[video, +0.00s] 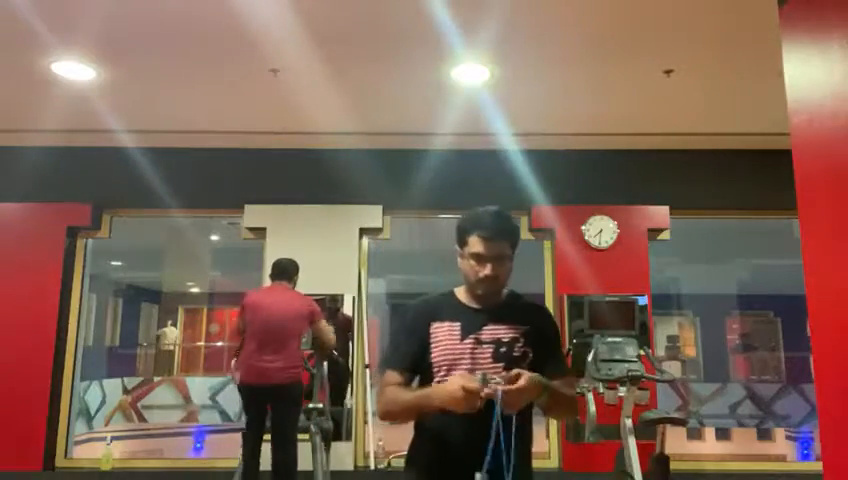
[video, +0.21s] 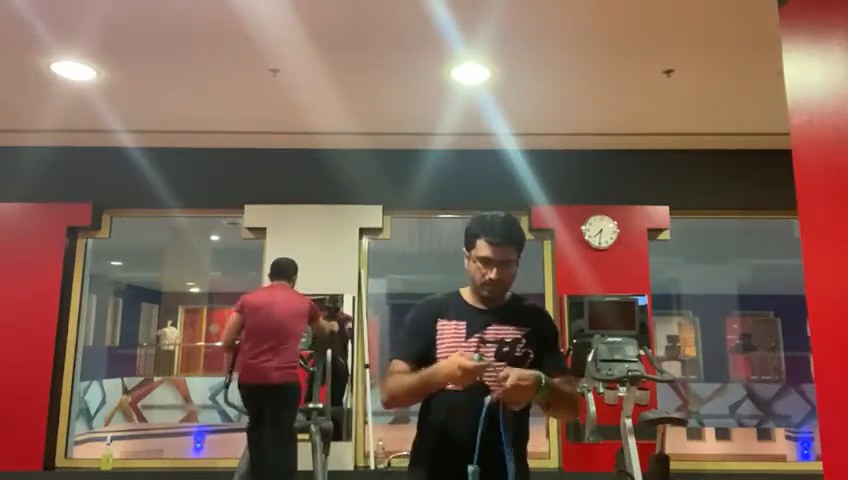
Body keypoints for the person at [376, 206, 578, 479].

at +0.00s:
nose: (489, 271)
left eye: (499, 260)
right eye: (478, 260)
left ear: (512, 259)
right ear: (459, 257)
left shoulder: (535, 318)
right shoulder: (424, 316)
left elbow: (569, 406)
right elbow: (386, 404)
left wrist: (539, 390)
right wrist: (440, 396)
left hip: (508, 470)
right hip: (436, 470)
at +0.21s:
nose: (494, 275)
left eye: (505, 264)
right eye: (484, 263)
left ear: (518, 263)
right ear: (467, 259)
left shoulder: (535, 321)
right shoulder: (429, 314)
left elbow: (571, 405)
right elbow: (390, 394)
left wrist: (538, 386)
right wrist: (442, 373)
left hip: (504, 468)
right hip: (437, 467)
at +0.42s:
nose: (490, 277)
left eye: (500, 267)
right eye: (481, 265)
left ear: (512, 267)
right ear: (462, 263)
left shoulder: (528, 322)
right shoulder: (427, 315)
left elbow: (561, 403)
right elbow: (394, 393)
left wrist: (539, 371)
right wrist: (442, 375)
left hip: (500, 468)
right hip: (435, 466)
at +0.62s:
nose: (477, 281)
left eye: (486, 271)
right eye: (468, 271)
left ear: (496, 272)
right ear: (449, 269)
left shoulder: (511, 322)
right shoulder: (418, 319)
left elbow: (555, 399)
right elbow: (389, 396)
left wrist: (541, 369)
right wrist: (446, 393)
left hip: (491, 466)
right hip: (431, 465)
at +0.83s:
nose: (465, 287)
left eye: (474, 277)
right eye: (456, 277)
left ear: (483, 274)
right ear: (438, 274)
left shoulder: (500, 320)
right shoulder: (410, 322)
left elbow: (531, 388)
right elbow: (394, 400)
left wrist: (508, 388)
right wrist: (453, 399)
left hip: (486, 460)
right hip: (428, 461)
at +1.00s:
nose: (467, 291)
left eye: (476, 281)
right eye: (458, 281)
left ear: (486, 275)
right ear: (441, 274)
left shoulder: (503, 321)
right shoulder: (413, 321)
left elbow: (528, 393)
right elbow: (394, 396)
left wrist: (509, 411)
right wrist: (450, 408)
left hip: (489, 459)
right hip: (429, 459)